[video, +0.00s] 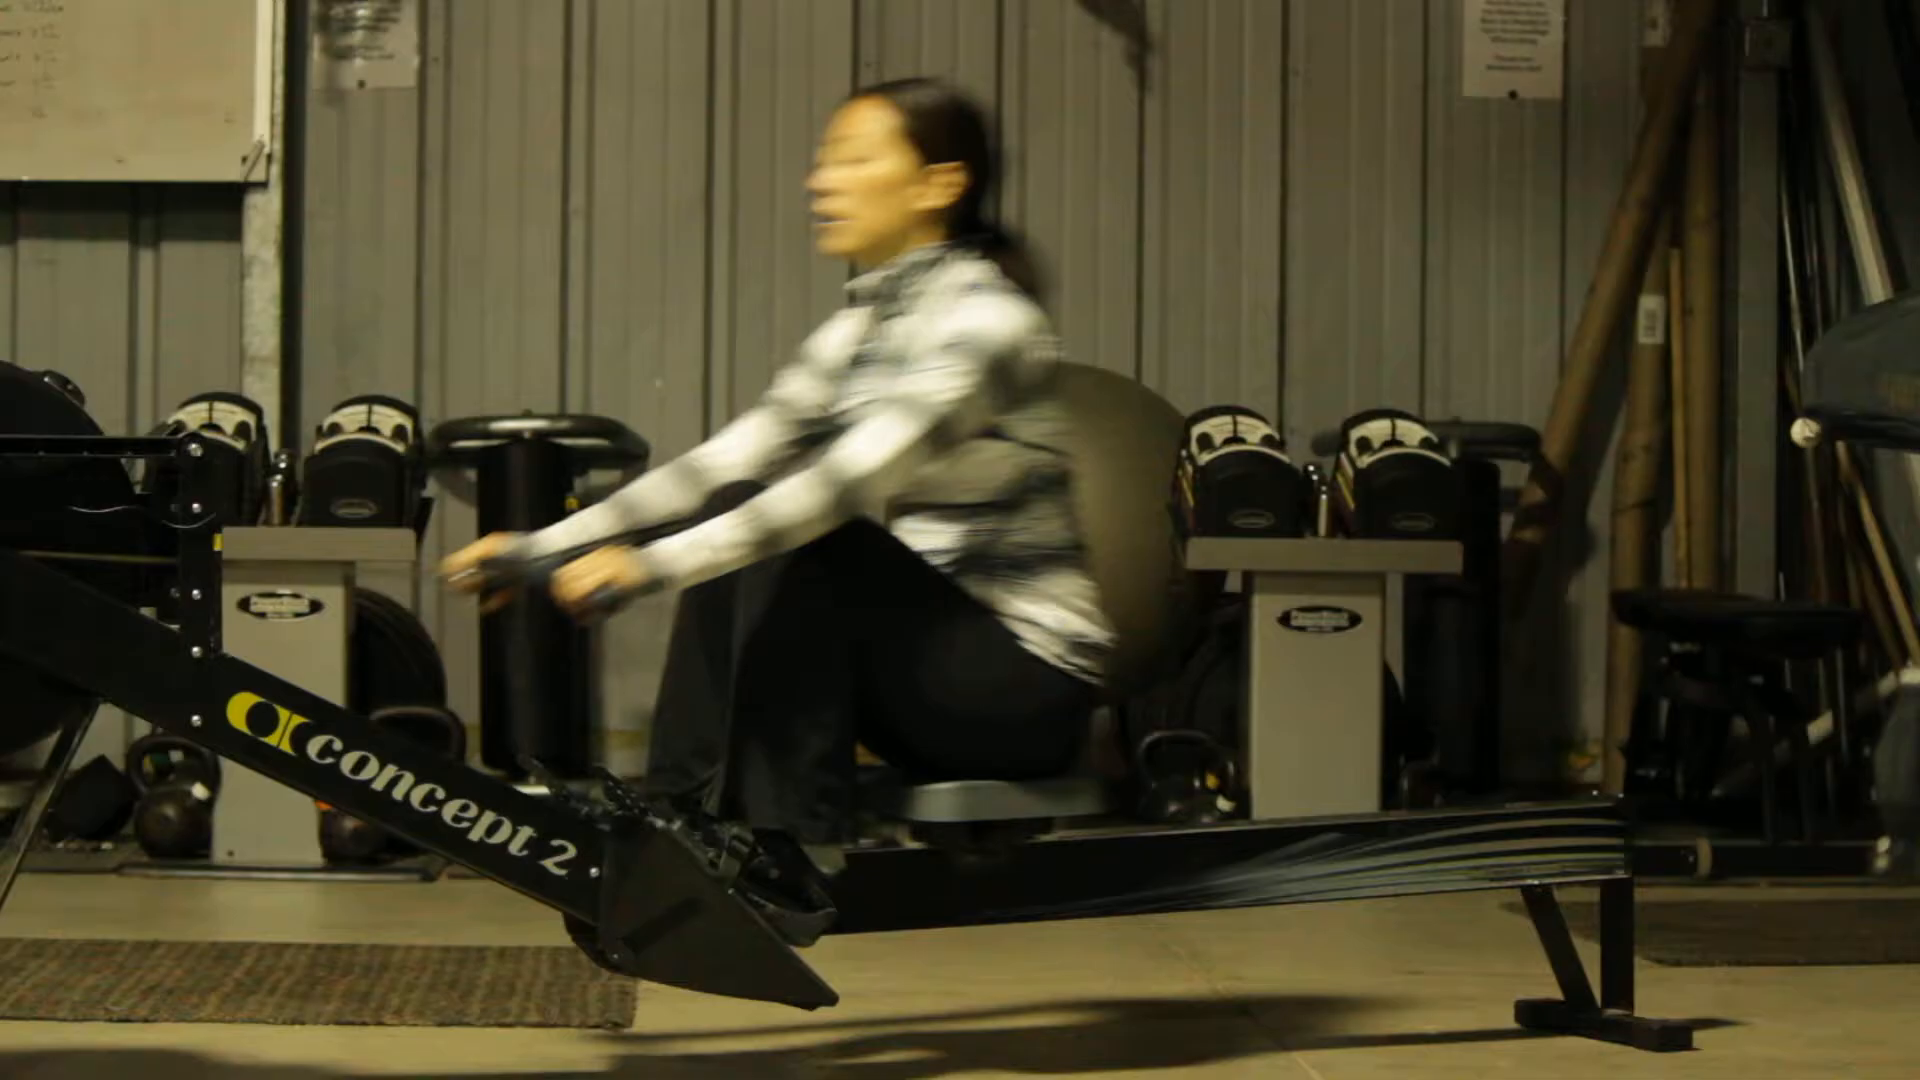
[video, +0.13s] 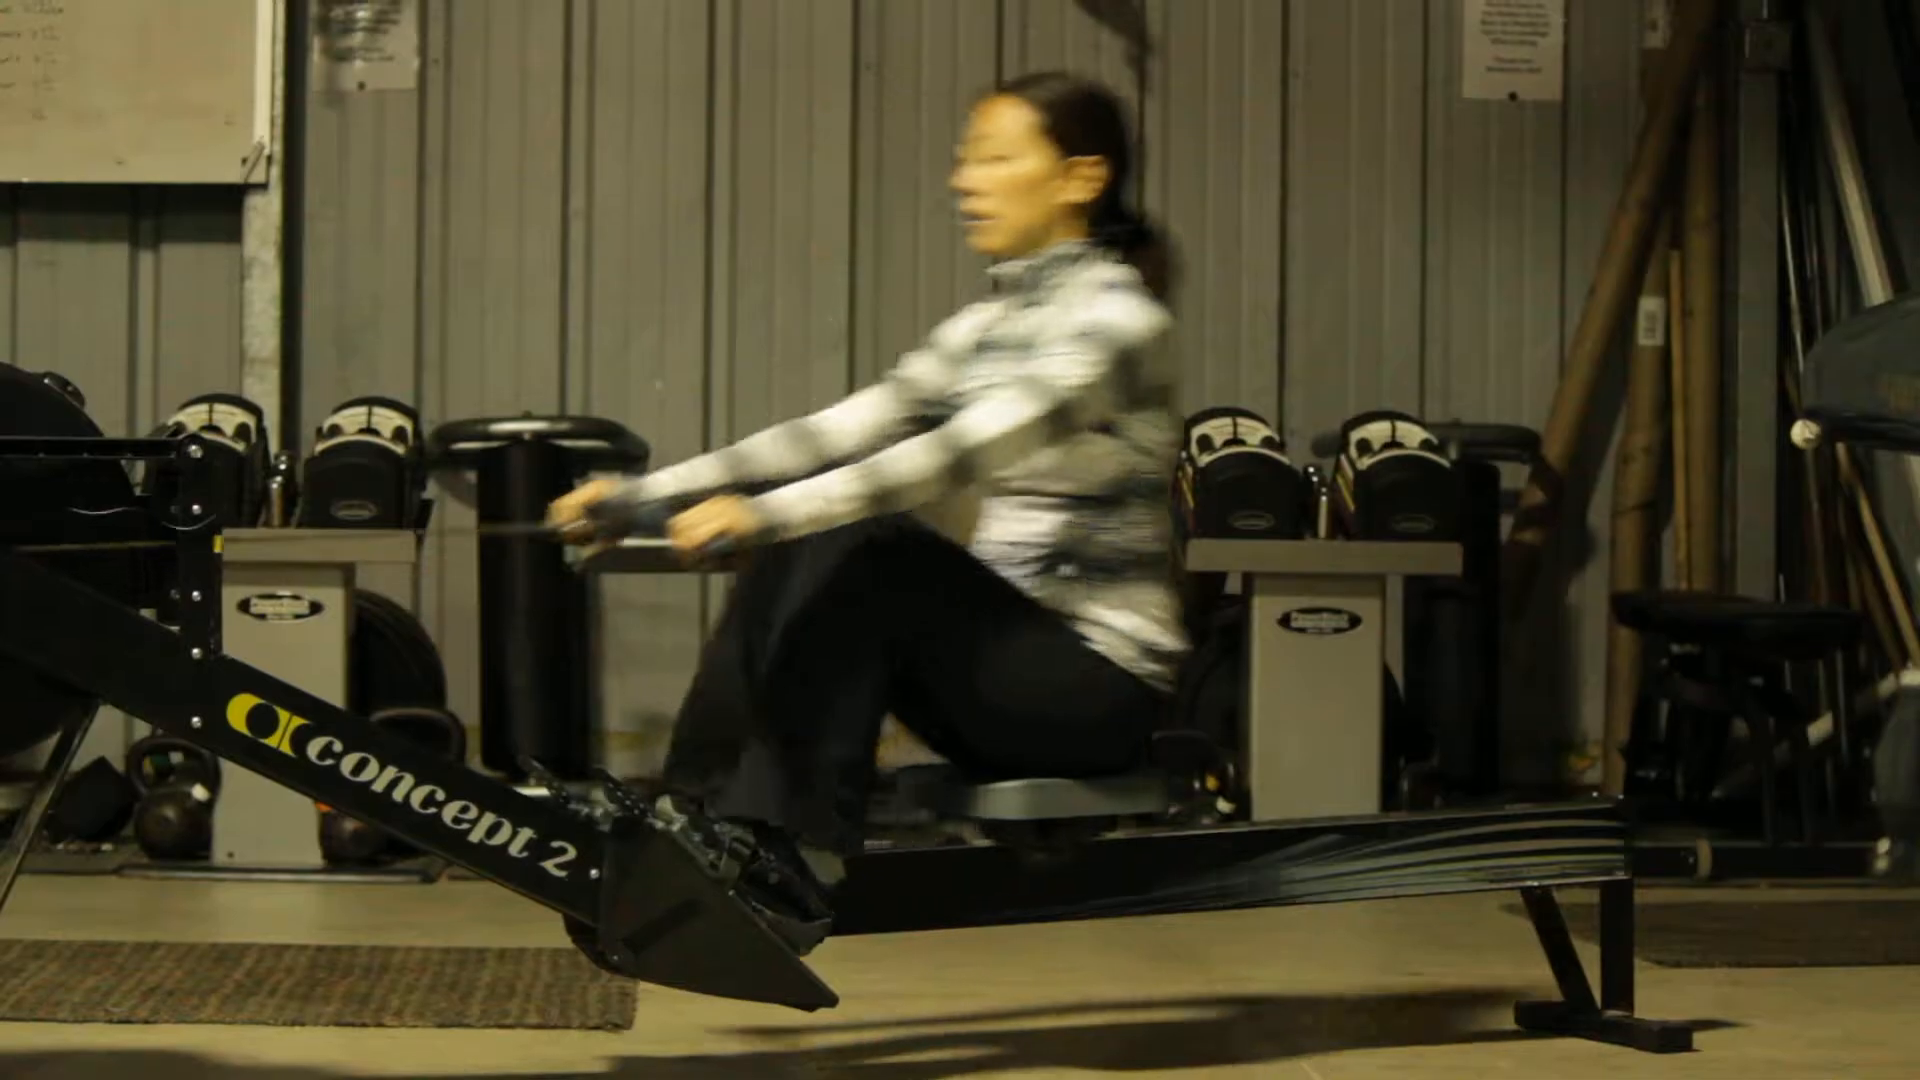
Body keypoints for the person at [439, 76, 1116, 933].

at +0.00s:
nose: (818, 181)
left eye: (850, 157)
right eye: (824, 159)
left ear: (941, 184)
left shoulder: (983, 317)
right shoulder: (866, 319)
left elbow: (838, 486)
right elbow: (736, 456)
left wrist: (651, 563)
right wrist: (543, 546)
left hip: (1028, 688)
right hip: (942, 673)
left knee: (820, 553)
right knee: (735, 546)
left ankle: (781, 853)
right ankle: (679, 823)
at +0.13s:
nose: (962, 181)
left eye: (994, 157)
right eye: (967, 156)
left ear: (1083, 179)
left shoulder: (1115, 317)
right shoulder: (990, 320)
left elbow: (955, 450)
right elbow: (836, 431)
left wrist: (764, 513)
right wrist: (637, 496)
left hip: (1103, 691)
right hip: (1017, 678)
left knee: (875, 554)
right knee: (799, 546)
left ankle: (793, 851)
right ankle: (687, 812)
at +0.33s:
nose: (1181, 195)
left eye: (1208, 172)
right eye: (1181, 174)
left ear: (1294, 187)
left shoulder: (1304, 321)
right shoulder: (1190, 319)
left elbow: (1133, 411)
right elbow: (1029, 393)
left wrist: (952, 458)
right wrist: (818, 444)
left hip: (1232, 687)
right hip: (1158, 669)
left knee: (955, 587)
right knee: (891, 587)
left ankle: (810, 859)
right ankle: (725, 822)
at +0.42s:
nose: (1251, 204)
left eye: (1278, 181)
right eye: (1252, 182)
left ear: (1361, 198)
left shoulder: (1374, 327)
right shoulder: (1258, 325)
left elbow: (1198, 409)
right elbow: (1114, 390)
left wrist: (1025, 454)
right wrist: (901, 443)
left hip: (1279, 686)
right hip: (1200, 665)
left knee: (993, 614)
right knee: (934, 607)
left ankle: (820, 865)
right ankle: (739, 832)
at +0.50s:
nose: (1312, 218)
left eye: (1336, 194)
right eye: (1311, 196)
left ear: (1420, 209)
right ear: (1314, 211)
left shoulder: (1430, 335)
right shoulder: (1319, 336)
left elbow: (1297, 428)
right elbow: (1180, 407)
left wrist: (1106, 454)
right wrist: (966, 454)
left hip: (1319, 679)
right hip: (1232, 659)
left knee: (1035, 642)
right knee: (963, 632)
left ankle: (820, 875)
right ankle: (750, 835)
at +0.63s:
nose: (1381, 245)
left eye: (1403, 224)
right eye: (1378, 226)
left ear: (1483, 229)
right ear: (1388, 237)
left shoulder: (1500, 354)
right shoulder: (1377, 359)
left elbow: (1430, 484)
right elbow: (1257, 465)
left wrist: (1226, 477)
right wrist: (1076, 475)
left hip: (1366, 674)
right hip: (1277, 652)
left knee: (1050, 685)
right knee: (994, 673)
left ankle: (811, 878)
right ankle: (738, 846)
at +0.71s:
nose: (1406, 262)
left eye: (1428, 240)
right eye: (1403, 241)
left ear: (1508, 243)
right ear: (1423, 248)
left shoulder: (1533, 372)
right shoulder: (1412, 371)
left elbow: (1485, 533)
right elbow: (1305, 510)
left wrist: (1298, 497)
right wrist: (1146, 492)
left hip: (1377, 675)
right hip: (1293, 652)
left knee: (1066, 708)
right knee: (1009, 695)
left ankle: (812, 886)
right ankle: (740, 845)